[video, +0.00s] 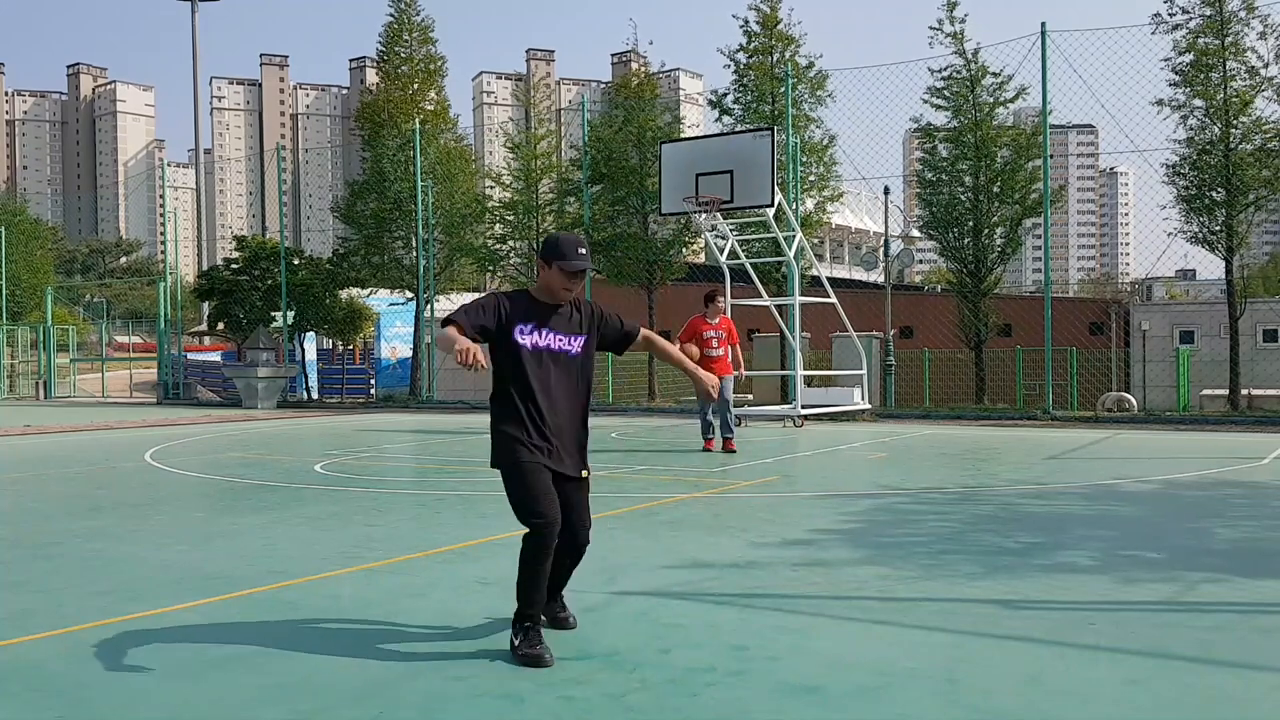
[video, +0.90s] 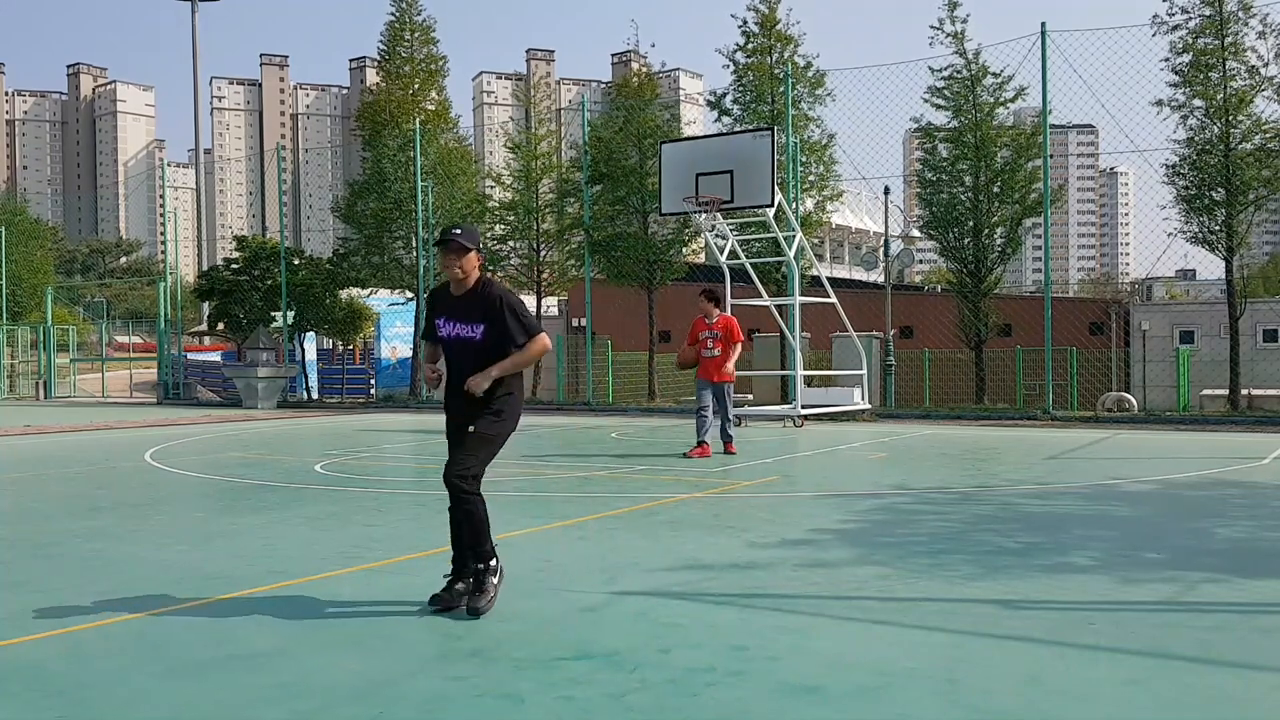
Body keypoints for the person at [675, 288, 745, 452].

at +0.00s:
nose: (722, 306)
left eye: (723, 303)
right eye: (719, 303)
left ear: (724, 304)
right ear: (709, 305)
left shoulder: (727, 322)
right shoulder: (695, 322)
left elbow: (735, 344)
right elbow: (678, 340)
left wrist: (741, 365)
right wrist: (675, 353)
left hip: (725, 370)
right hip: (704, 371)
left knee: (727, 401)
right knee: (705, 407)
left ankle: (728, 439)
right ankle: (708, 439)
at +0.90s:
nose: (699, 305)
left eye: (702, 302)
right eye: (699, 302)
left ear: (712, 303)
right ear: (706, 303)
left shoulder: (729, 321)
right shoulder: (698, 322)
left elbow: (738, 344)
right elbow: (690, 344)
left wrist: (731, 362)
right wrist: (682, 356)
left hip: (724, 373)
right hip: (704, 372)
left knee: (726, 411)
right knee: (703, 409)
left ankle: (728, 442)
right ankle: (703, 444)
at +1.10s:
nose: (688, 304)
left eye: (690, 301)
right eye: (689, 301)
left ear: (699, 302)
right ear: (697, 303)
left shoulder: (716, 319)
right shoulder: (692, 322)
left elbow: (724, 343)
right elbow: (689, 345)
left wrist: (710, 362)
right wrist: (680, 356)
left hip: (712, 371)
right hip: (693, 372)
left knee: (718, 407)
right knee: (695, 410)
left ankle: (727, 436)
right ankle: (701, 445)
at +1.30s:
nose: (678, 305)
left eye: (680, 301)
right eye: (679, 301)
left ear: (687, 301)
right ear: (690, 301)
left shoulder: (704, 316)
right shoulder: (690, 321)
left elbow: (707, 344)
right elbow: (690, 345)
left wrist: (688, 360)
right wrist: (679, 356)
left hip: (703, 371)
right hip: (690, 371)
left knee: (698, 403)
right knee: (691, 407)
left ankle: (716, 436)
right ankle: (701, 444)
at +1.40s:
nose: (675, 305)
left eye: (676, 301)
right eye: (675, 301)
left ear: (683, 302)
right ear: (688, 301)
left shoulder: (696, 316)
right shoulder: (691, 318)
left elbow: (699, 341)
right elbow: (686, 343)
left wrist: (681, 358)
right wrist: (676, 356)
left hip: (697, 370)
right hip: (693, 369)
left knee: (688, 405)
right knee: (694, 405)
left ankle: (703, 443)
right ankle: (701, 444)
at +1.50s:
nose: (672, 305)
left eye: (673, 301)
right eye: (672, 301)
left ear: (679, 301)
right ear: (687, 300)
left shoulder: (689, 316)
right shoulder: (694, 316)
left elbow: (690, 341)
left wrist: (673, 359)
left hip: (691, 372)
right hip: (698, 372)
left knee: (680, 406)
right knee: (694, 408)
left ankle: (685, 446)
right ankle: (702, 445)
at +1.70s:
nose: (664, 305)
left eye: (665, 302)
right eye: (664, 302)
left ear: (669, 302)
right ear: (681, 302)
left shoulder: (674, 317)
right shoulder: (690, 319)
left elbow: (672, 344)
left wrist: (661, 361)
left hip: (680, 373)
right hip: (694, 372)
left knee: (670, 411)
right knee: (690, 410)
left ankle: (671, 449)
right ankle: (702, 445)